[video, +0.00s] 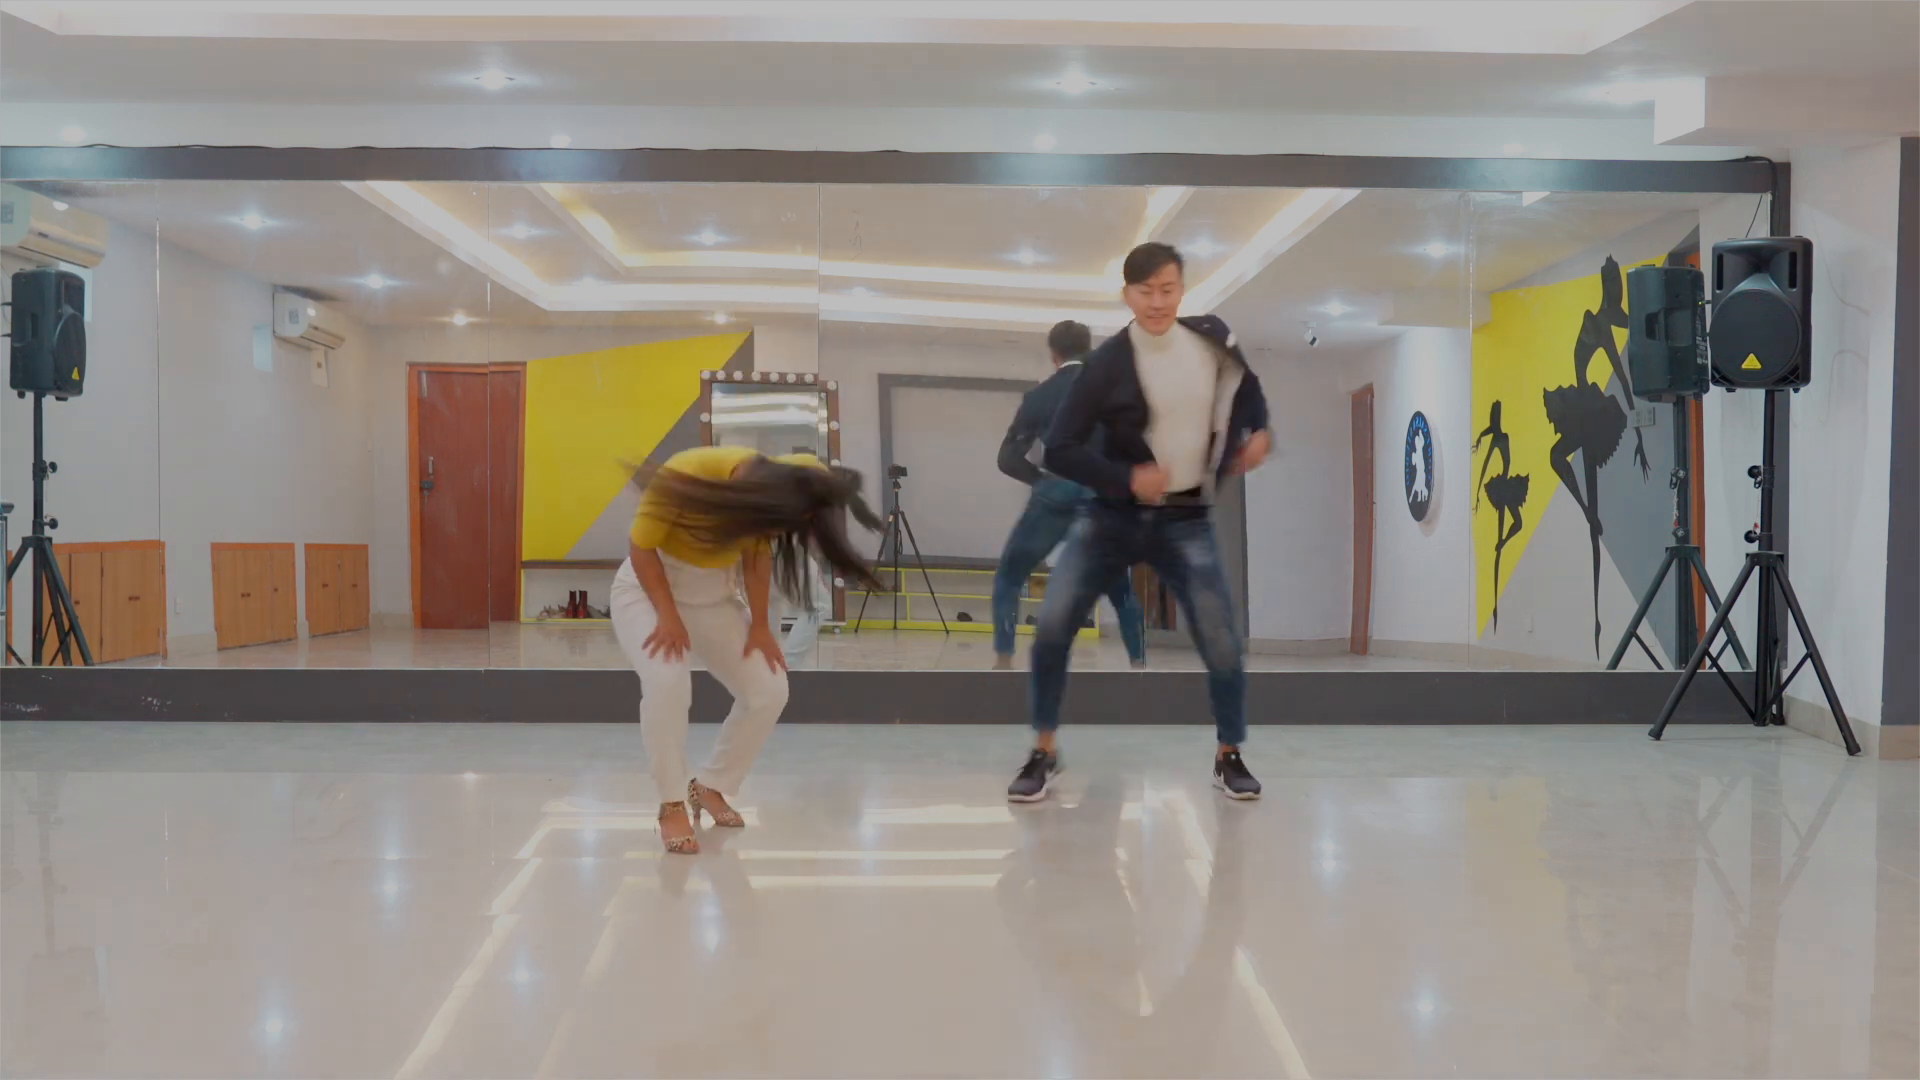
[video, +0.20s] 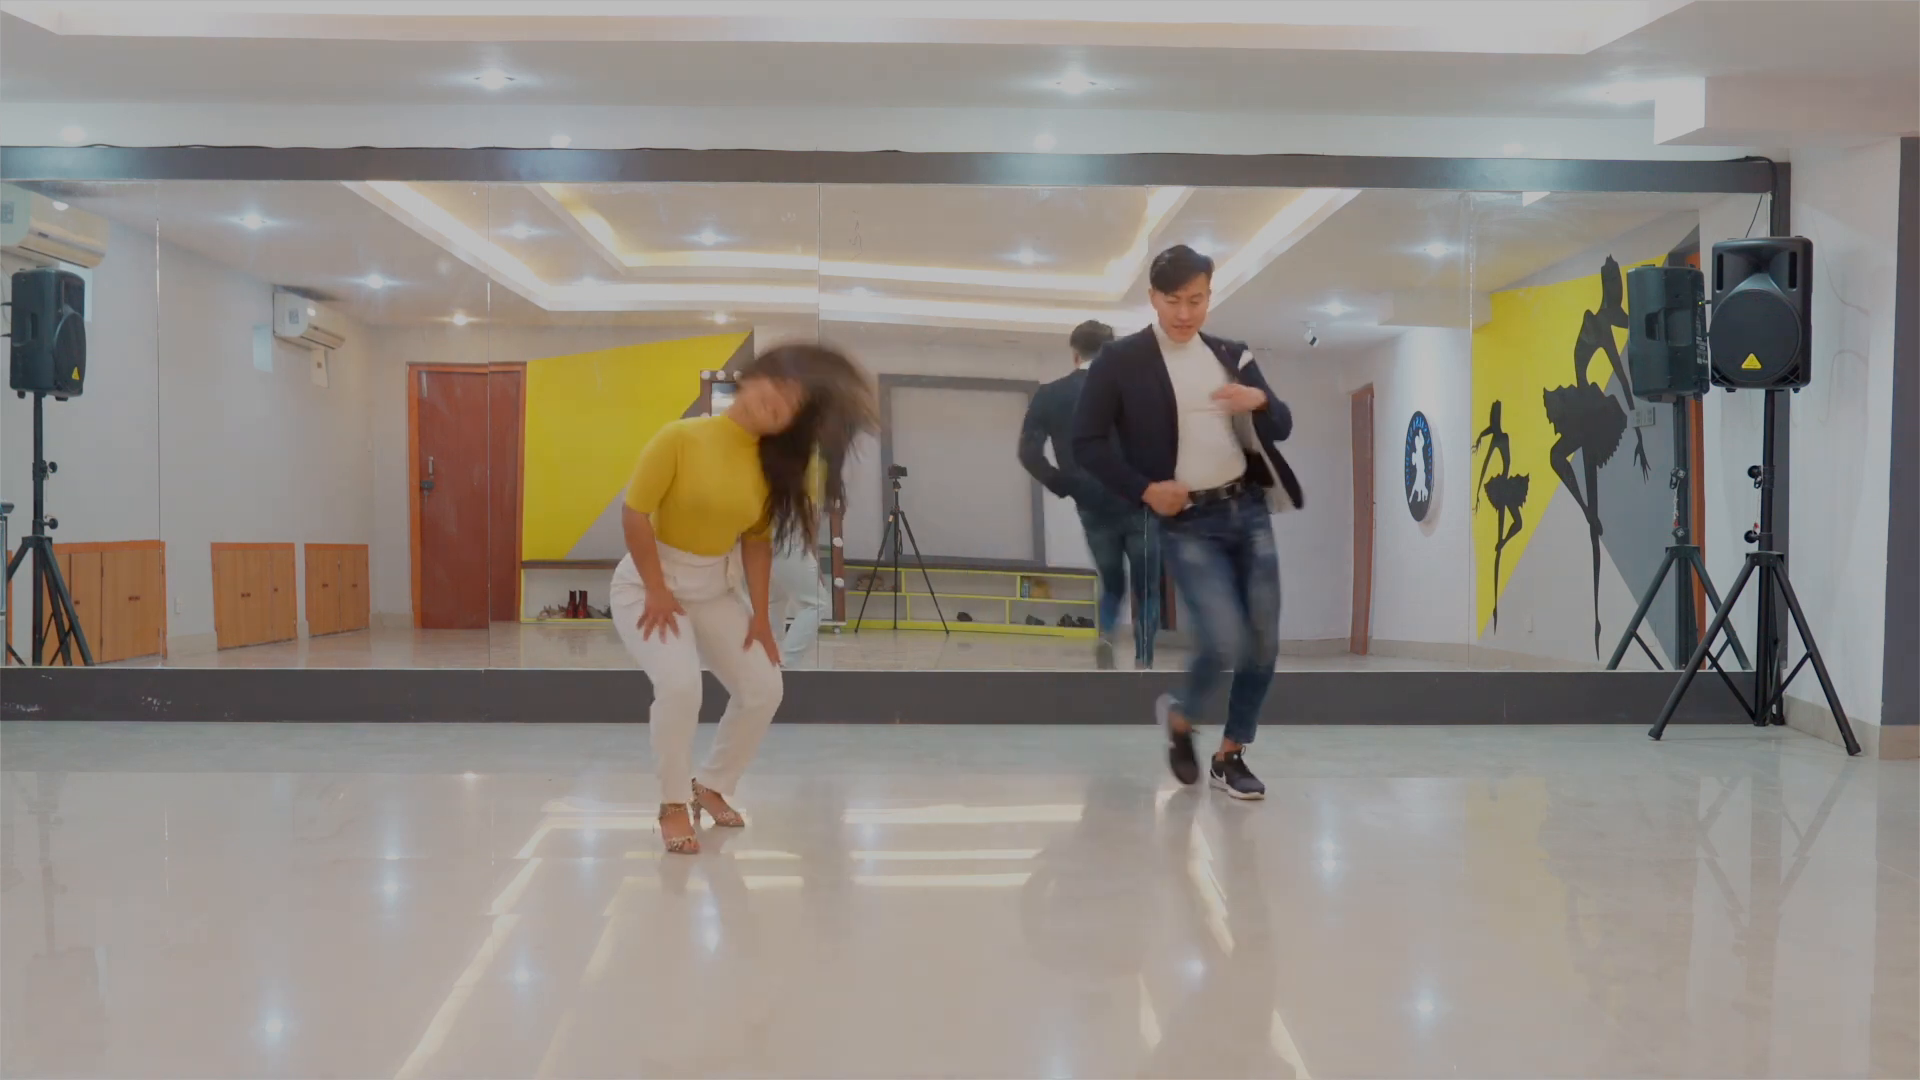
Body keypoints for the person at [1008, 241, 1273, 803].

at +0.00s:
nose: (1158, 302)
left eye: (1168, 290)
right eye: (1146, 292)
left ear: (1184, 291)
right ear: (1128, 294)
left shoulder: (1213, 346)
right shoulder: (1106, 362)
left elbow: (1247, 390)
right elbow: (1060, 449)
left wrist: (1255, 431)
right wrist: (1125, 476)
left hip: (1185, 517)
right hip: (1110, 516)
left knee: (1223, 644)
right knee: (1053, 622)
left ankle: (1230, 754)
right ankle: (1043, 750)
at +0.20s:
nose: (1186, 314)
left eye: (1197, 301)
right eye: (1173, 301)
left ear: (1210, 295)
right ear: (1153, 297)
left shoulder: (1230, 355)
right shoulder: (1119, 362)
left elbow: (1279, 428)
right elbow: (1088, 444)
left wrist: (1261, 402)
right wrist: (1144, 489)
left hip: (1248, 508)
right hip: (1186, 518)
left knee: (1262, 645)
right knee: (1225, 643)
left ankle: (1230, 753)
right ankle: (1181, 719)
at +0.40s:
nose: (1196, 299)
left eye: (1205, 287)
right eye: (1184, 288)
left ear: (1221, 288)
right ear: (1165, 292)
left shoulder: (1252, 350)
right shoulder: (1141, 363)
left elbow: (1312, 402)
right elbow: (1094, 442)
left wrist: (1282, 420)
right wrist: (1145, 423)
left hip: (1266, 511)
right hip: (1201, 518)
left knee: (1278, 644)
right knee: (1240, 638)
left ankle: (1230, 756)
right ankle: (1204, 723)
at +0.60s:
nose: (1215, 302)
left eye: (1226, 291)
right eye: (1204, 292)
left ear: (1244, 299)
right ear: (1186, 302)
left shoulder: (1273, 348)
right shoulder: (1166, 374)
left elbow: (1330, 368)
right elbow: (1134, 458)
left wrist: (1310, 439)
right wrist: (1202, 432)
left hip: (1241, 517)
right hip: (1173, 502)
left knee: (1281, 647)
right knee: (1084, 523)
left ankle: (1257, 758)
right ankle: (1159, 606)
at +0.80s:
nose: (1213, 312)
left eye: (1225, 300)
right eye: (1202, 302)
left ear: (1243, 307)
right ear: (1185, 310)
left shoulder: (1271, 361)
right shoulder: (1158, 377)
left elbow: (1327, 402)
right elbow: (1120, 467)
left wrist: (1320, 458)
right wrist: (1184, 486)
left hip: (1219, 531)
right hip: (1147, 514)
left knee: (1256, 655)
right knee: (1045, 568)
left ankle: (1257, 757)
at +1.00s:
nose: (1146, 312)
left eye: (1159, 301)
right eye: (1136, 301)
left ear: (1177, 308)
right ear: (1122, 307)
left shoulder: (1198, 375)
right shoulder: (1084, 368)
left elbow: (1249, 457)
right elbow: (1007, 418)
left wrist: (1186, 481)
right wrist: (1039, 480)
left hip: (1180, 532)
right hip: (1102, 532)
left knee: (1241, 645)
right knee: (1051, 642)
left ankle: (1257, 759)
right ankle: (994, 767)